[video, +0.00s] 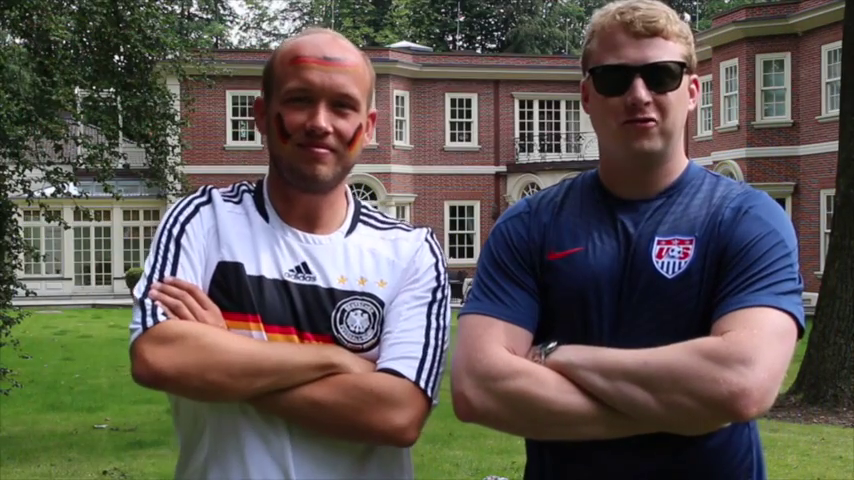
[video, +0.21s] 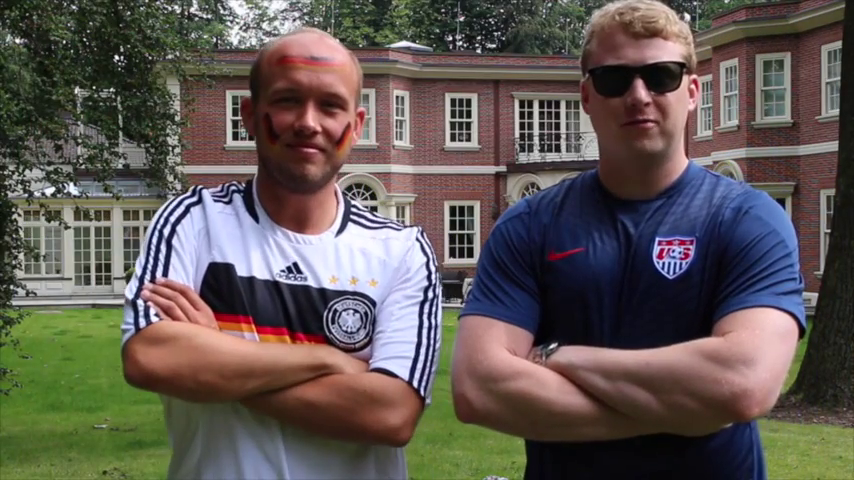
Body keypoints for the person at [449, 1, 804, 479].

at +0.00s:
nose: (638, 95)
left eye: (660, 76)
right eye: (614, 78)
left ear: (692, 92)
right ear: (587, 97)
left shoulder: (748, 219)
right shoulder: (526, 226)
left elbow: (743, 385)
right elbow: (477, 389)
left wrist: (556, 358)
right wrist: (666, 408)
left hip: (710, 473)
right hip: (563, 473)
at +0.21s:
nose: (638, 95)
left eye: (660, 77)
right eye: (614, 79)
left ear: (692, 92)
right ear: (586, 97)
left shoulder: (749, 219)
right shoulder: (527, 226)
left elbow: (744, 386)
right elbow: (478, 390)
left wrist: (556, 360)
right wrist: (668, 410)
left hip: (711, 473)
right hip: (563, 473)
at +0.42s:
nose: (639, 92)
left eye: (661, 74)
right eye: (615, 76)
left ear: (693, 92)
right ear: (588, 97)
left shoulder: (749, 219)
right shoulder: (527, 226)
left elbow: (744, 386)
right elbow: (479, 389)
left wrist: (556, 358)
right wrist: (669, 409)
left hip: (712, 473)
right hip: (564, 473)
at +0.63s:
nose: (640, 93)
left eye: (661, 74)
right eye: (615, 77)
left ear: (694, 92)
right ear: (588, 97)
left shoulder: (750, 218)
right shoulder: (529, 226)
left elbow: (746, 385)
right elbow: (480, 390)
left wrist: (559, 359)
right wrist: (670, 409)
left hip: (713, 473)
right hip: (565, 473)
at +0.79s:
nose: (639, 96)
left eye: (661, 77)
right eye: (615, 79)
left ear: (694, 93)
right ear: (588, 97)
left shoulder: (751, 219)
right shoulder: (530, 227)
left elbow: (748, 386)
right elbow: (481, 390)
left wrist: (558, 360)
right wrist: (674, 410)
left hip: (714, 472)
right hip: (566, 472)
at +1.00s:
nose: (640, 97)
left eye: (662, 78)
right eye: (616, 80)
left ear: (695, 93)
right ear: (589, 97)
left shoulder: (751, 219)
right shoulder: (530, 227)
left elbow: (747, 388)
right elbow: (481, 391)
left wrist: (558, 360)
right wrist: (672, 410)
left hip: (714, 473)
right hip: (565, 473)